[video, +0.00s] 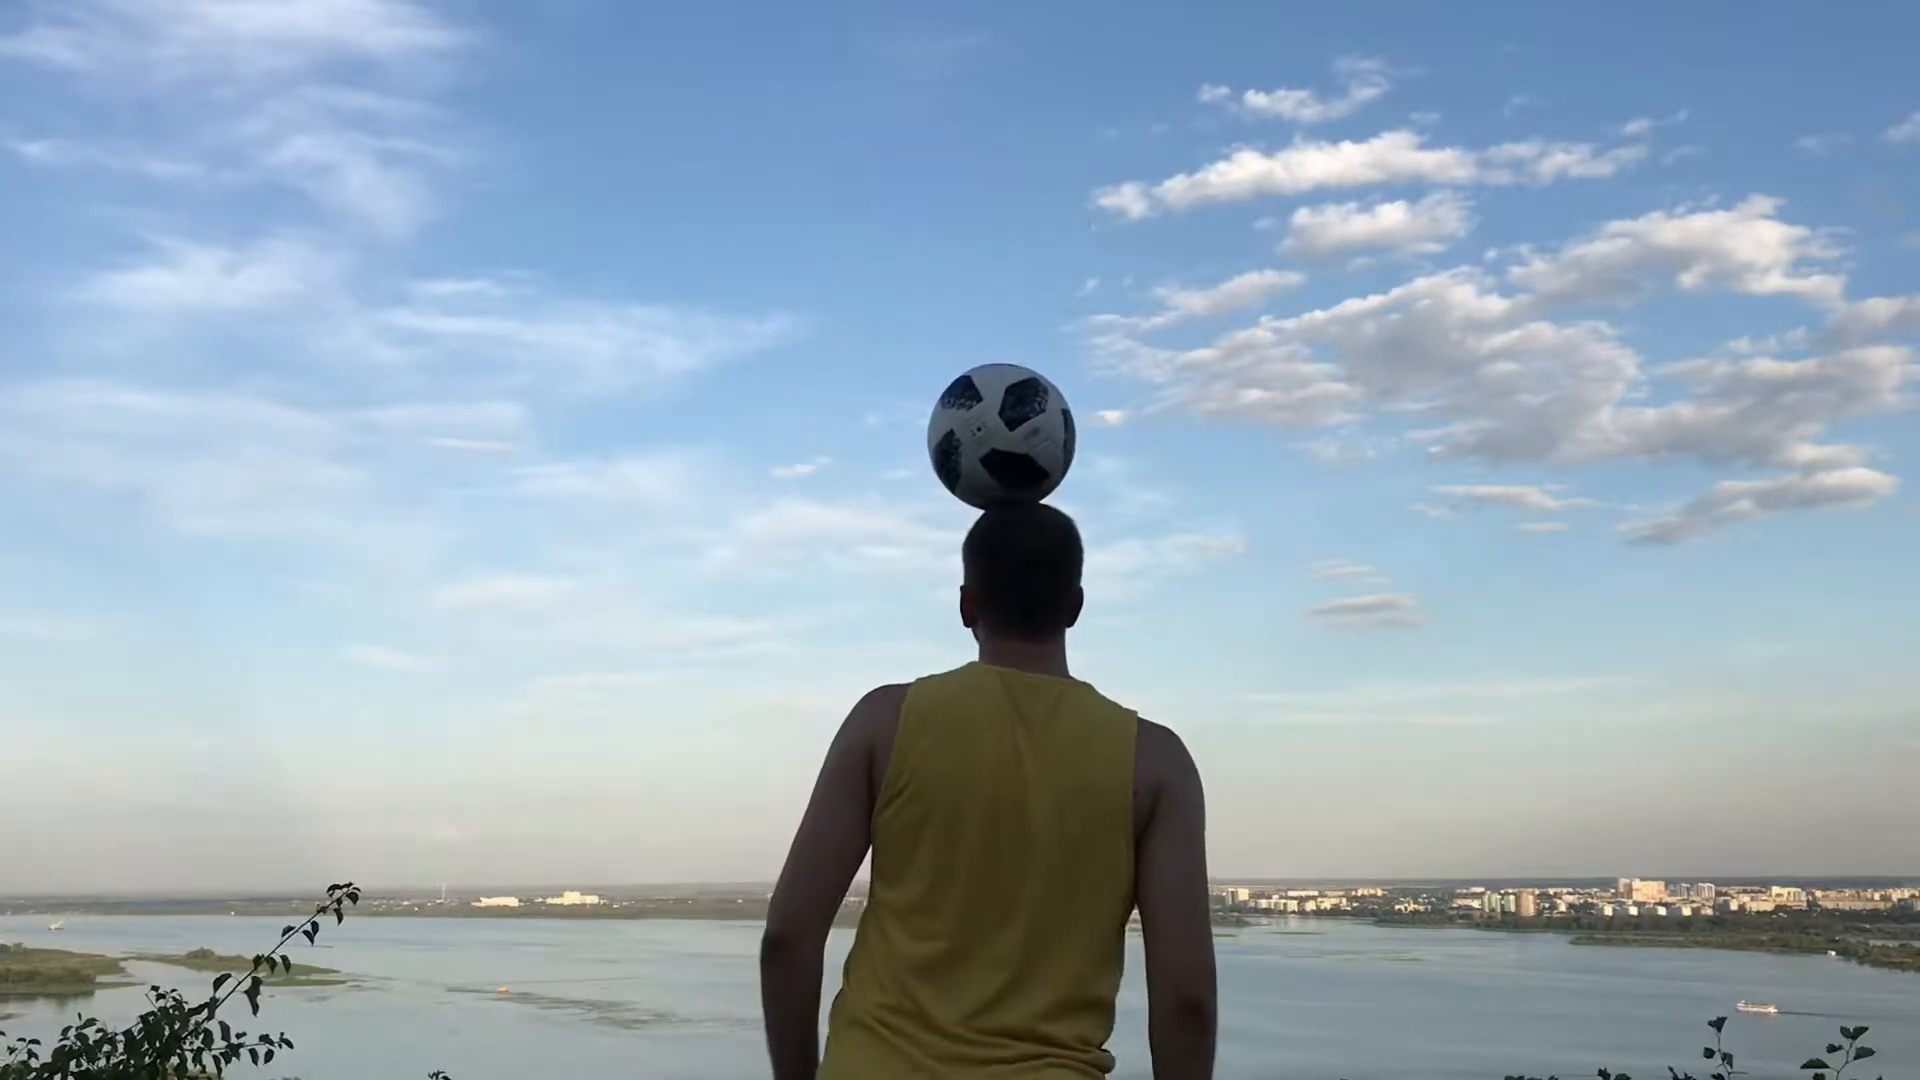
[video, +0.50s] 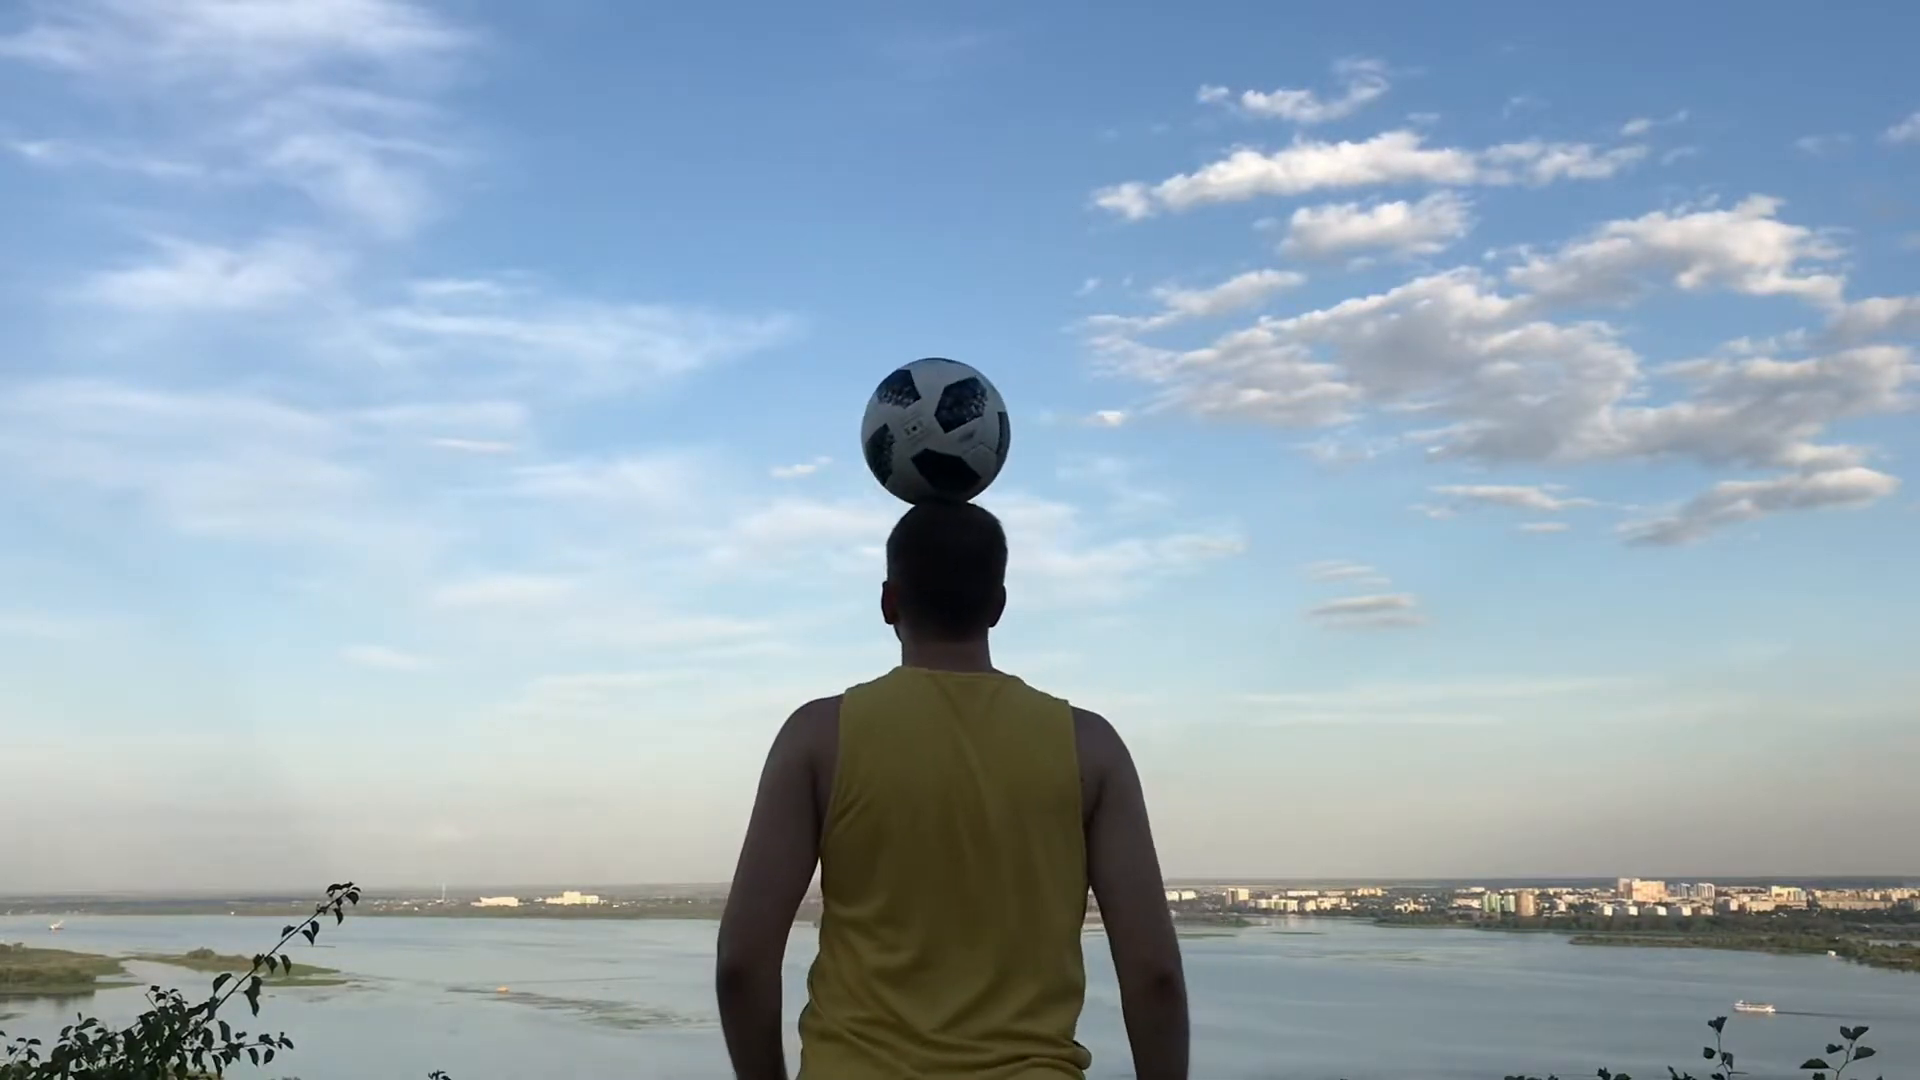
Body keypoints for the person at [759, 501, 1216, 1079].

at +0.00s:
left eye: (961, 592)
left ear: (965, 605)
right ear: (1077, 604)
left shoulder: (885, 719)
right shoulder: (1153, 756)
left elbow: (788, 937)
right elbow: (1186, 1000)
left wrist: (797, 1072)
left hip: (880, 1056)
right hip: (1058, 1062)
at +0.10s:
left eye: (965, 593)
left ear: (966, 607)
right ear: (1079, 606)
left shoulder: (890, 723)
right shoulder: (1159, 753)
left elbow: (799, 942)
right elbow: (1200, 995)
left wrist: (811, 1071)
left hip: (892, 1055)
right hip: (1069, 1061)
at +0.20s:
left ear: (954, 604)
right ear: (1066, 608)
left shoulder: (881, 728)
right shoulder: (1149, 751)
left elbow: (796, 950)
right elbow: (1201, 989)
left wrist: (814, 1069)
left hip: (893, 1056)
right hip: (1069, 1061)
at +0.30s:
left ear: (940, 604)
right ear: (1051, 609)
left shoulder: (866, 730)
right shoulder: (1132, 750)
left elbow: (785, 952)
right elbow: (1193, 986)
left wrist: (805, 1071)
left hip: (884, 1058)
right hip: (1060, 1062)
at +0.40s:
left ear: (922, 601)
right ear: (1033, 607)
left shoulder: (849, 729)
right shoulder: (1116, 747)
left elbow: (768, 953)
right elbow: (1177, 983)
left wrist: (789, 1071)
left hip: (874, 1058)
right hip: (1049, 1061)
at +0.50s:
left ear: (888, 600)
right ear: (999, 603)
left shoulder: (819, 734)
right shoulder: (1088, 742)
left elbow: (743, 963)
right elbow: (1155, 975)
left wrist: (765, 1074)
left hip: (856, 1061)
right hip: (1034, 1063)